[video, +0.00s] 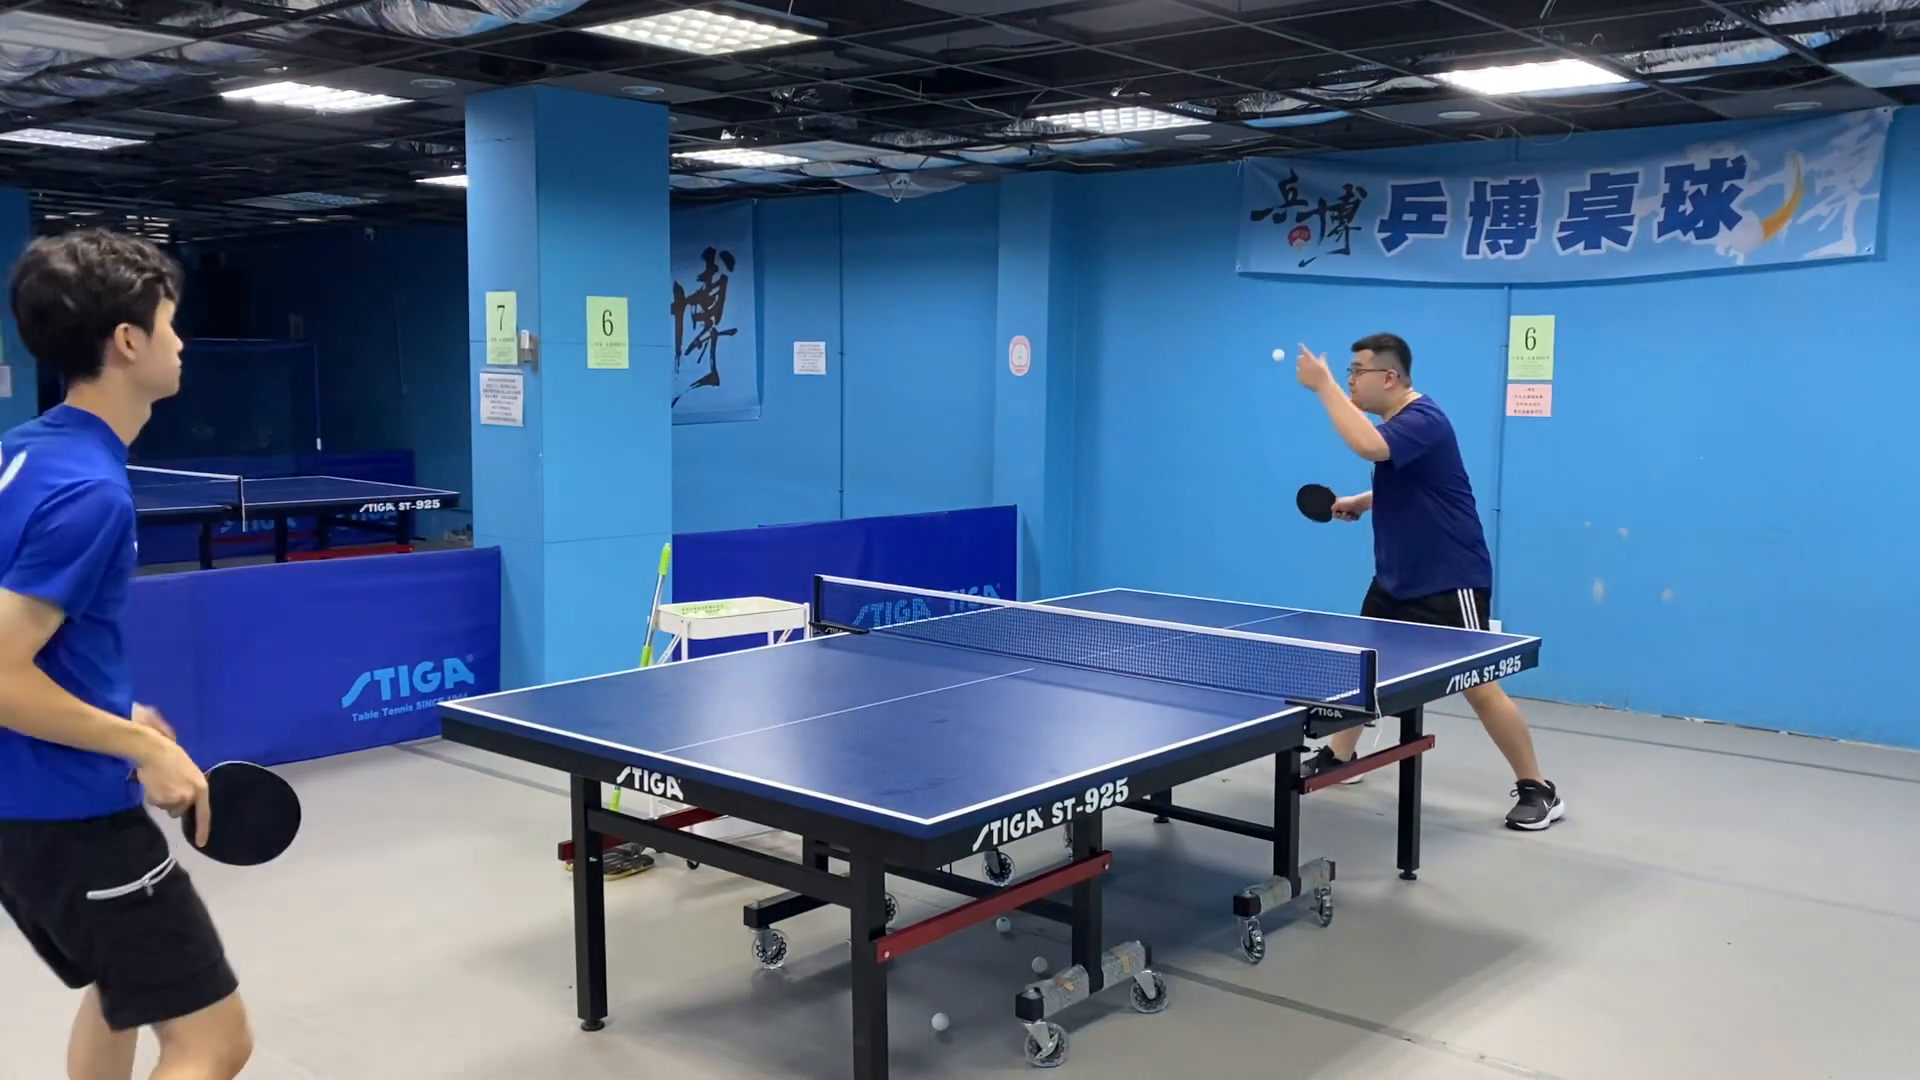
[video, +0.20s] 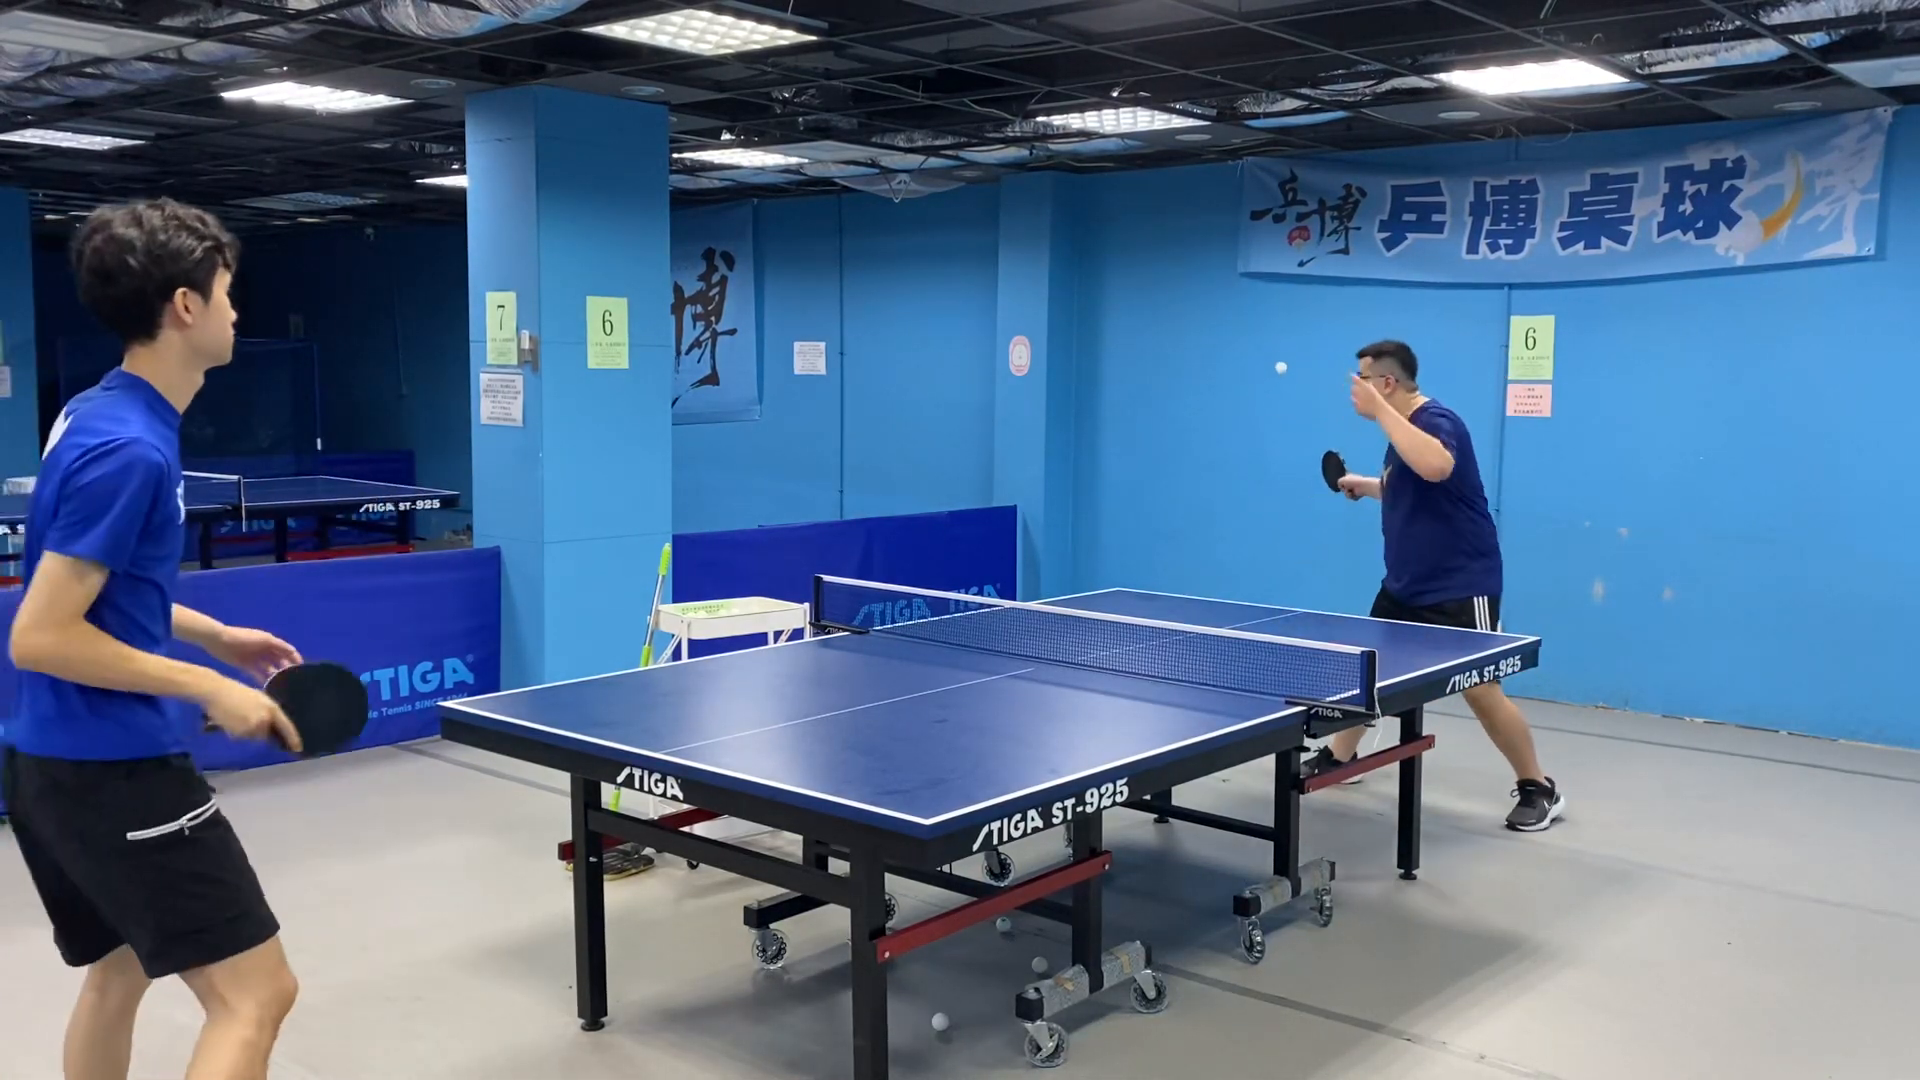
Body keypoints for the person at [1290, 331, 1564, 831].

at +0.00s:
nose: (1350, 381)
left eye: (1358, 371)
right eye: (1351, 372)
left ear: (1392, 377)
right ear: (1387, 379)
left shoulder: (1424, 419)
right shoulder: (1393, 422)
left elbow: (1373, 445)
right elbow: (1410, 489)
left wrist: (1325, 386)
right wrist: (1364, 501)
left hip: (1450, 578)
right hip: (1396, 576)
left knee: (1479, 686)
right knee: (1360, 665)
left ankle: (1535, 787)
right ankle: (1340, 754)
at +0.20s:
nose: (1358, 389)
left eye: (1363, 380)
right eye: (1358, 381)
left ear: (1391, 382)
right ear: (1392, 382)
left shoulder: (1437, 421)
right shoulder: (1402, 429)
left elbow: (1437, 466)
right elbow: (1409, 491)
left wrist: (1382, 412)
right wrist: (1364, 485)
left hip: (1461, 584)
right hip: (1406, 581)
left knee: (1481, 689)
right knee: (1365, 670)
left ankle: (1536, 786)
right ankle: (1339, 755)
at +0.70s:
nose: (1389, 415)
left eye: (1398, 404)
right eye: (1384, 405)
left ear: (1432, 395)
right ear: (1381, 401)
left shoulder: (1484, 444)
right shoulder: (1386, 443)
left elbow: (1523, 505)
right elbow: (1355, 495)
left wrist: (1453, 523)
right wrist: (1346, 458)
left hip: (1474, 598)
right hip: (1397, 592)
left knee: (1503, 688)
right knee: (1331, 661)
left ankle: (1537, 789)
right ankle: (1314, 743)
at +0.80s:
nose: (1378, 417)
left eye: (1388, 407)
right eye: (1372, 407)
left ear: (1419, 400)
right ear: (1367, 405)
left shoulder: (1467, 448)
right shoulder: (1365, 449)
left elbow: (1509, 502)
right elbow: (1340, 510)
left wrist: (1453, 528)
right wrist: (1329, 488)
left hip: (1460, 598)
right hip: (1380, 594)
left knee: (1500, 680)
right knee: (1322, 663)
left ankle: (1538, 787)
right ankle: (1316, 749)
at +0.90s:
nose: (1363, 425)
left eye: (1373, 415)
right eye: (1356, 415)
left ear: (1402, 410)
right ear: (1350, 413)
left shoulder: (1449, 451)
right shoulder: (1346, 458)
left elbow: (1490, 497)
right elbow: (1335, 520)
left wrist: (1444, 532)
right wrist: (1320, 516)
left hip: (1453, 595)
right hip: (1370, 594)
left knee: (1500, 673)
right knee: (1313, 660)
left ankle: (1533, 781)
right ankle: (1315, 751)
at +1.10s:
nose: (1347, 431)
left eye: (1358, 420)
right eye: (1340, 422)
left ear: (1385, 418)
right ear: (1333, 423)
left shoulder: (1435, 455)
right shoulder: (1333, 471)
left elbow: (1478, 498)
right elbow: (1324, 526)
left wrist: (1440, 536)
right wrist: (1302, 540)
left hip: (1448, 597)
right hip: (1367, 597)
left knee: (1494, 673)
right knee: (1311, 660)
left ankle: (1525, 780)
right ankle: (1315, 751)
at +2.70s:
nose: (1339, 419)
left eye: (1344, 407)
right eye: (1334, 411)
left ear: (1376, 398)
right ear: (1368, 404)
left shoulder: (1430, 437)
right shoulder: (1373, 450)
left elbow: (1451, 500)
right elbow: (1385, 509)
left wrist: (1379, 475)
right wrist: (1340, 519)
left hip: (1452, 593)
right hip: (1385, 588)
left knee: (1485, 693)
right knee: (1324, 656)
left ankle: (1525, 781)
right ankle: (1339, 750)